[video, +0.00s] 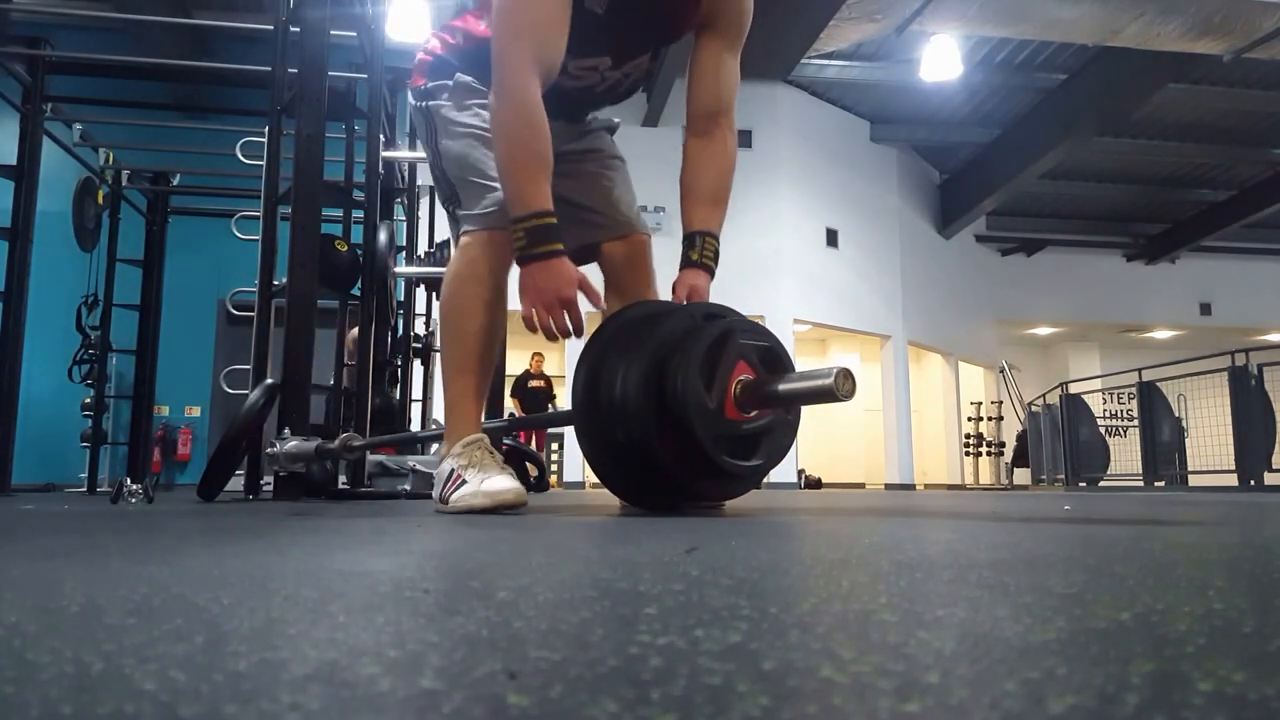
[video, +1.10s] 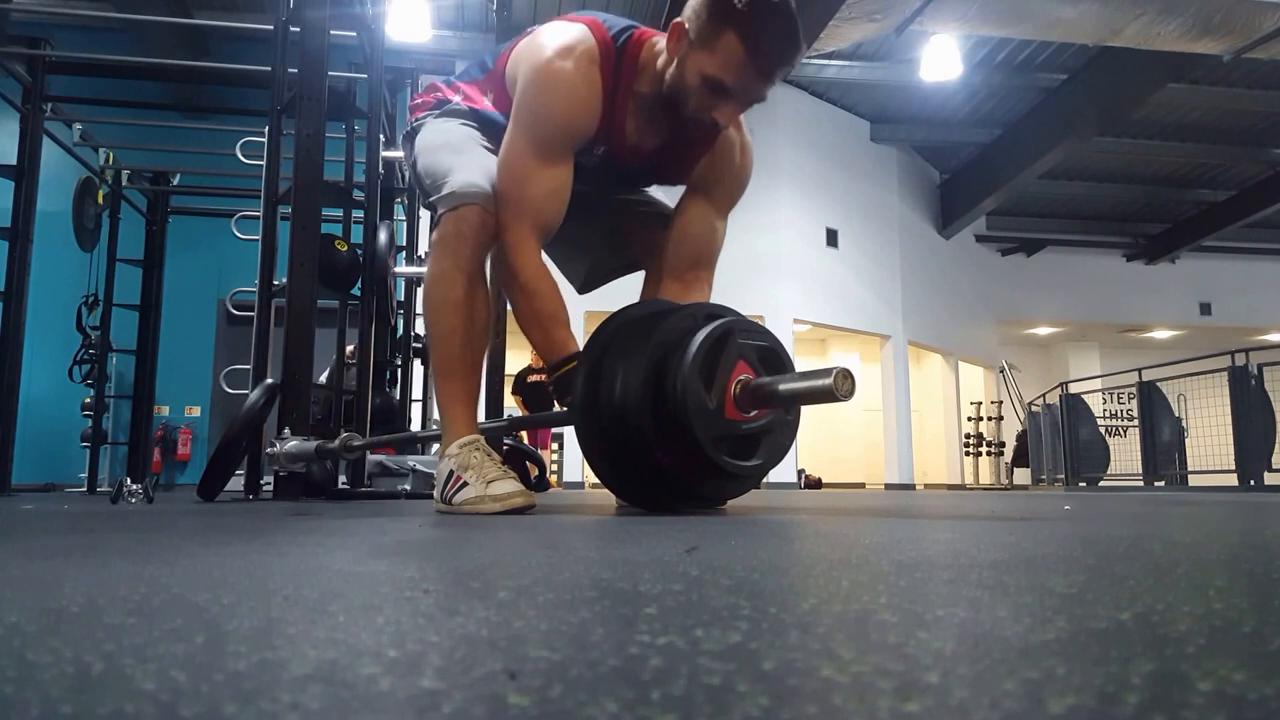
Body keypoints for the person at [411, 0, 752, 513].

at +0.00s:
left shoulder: (726, 3)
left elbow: (711, 124)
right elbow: (517, 83)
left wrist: (699, 259)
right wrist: (539, 248)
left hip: (574, 107)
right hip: (470, 76)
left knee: (629, 243)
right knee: (494, 224)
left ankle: (651, 460)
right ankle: (463, 450)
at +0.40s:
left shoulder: (734, 42)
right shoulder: (565, 5)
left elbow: (695, 183)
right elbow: (539, 156)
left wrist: (661, 321)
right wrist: (567, 321)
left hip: (584, 126)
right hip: (476, 93)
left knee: (657, 243)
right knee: (491, 203)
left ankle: (652, 458)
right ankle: (462, 449)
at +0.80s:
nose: (728, 86)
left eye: (749, 74)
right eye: (720, 59)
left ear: (766, 64)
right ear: (683, 10)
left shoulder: (729, 122)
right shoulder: (566, 42)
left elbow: (683, 252)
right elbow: (530, 218)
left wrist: (654, 384)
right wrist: (570, 362)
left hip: (581, 152)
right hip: (477, 112)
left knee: (673, 240)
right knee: (480, 206)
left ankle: (656, 446)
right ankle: (461, 452)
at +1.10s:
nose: (725, 118)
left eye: (746, 104)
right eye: (715, 89)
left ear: (765, 91)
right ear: (677, 40)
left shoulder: (727, 152)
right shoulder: (566, 69)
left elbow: (688, 276)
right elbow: (520, 245)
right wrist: (577, 380)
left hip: (574, 160)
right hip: (473, 120)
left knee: (677, 248)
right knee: (472, 213)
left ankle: (656, 453)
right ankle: (461, 452)